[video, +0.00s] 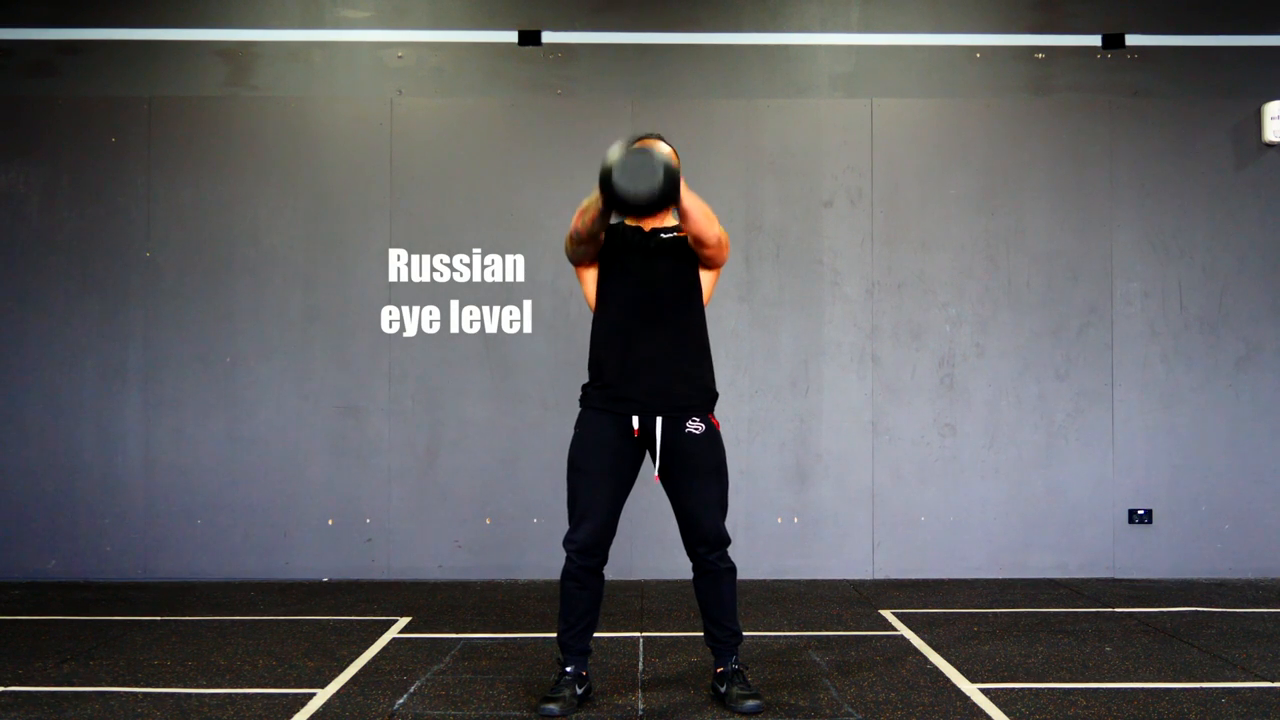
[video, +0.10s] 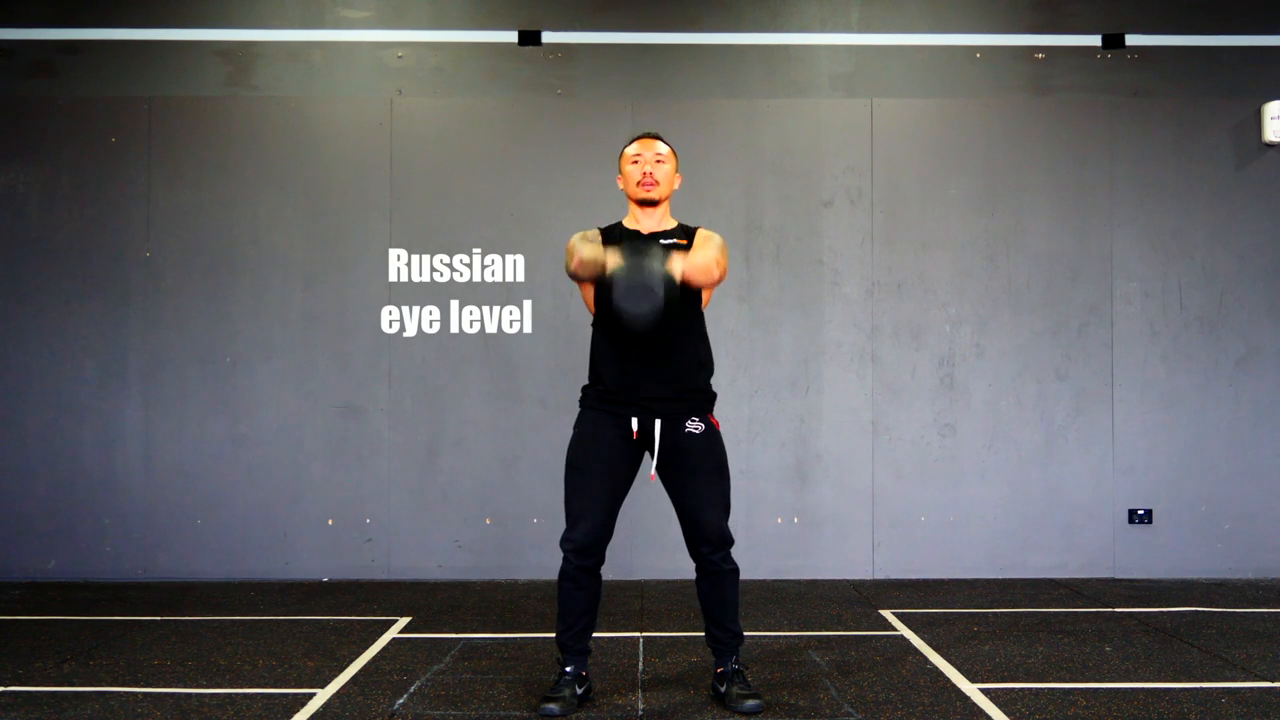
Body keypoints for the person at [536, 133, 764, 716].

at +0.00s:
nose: (650, 185)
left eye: (660, 171)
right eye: (639, 170)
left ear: (674, 185)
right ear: (620, 185)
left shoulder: (702, 247)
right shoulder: (594, 246)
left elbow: (711, 237)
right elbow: (581, 230)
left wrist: (673, 177)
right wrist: (610, 188)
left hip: (687, 413)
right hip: (609, 411)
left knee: (710, 545)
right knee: (584, 544)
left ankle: (729, 670)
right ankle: (572, 672)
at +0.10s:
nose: (647, 166)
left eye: (659, 159)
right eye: (636, 159)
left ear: (676, 179)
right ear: (620, 179)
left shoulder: (701, 240)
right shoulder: (596, 242)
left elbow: (707, 269)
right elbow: (581, 262)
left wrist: (668, 267)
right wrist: (607, 266)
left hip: (687, 415)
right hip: (608, 413)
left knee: (713, 543)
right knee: (581, 544)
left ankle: (729, 670)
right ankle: (571, 672)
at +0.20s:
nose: (646, 167)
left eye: (658, 159)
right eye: (635, 159)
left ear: (676, 179)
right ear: (619, 178)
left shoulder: (705, 249)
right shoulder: (588, 248)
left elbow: (699, 311)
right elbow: (590, 308)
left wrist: (669, 357)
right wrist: (619, 352)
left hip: (685, 413)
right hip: (608, 412)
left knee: (722, 544)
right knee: (572, 545)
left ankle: (730, 670)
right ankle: (571, 672)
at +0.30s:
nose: (646, 179)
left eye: (659, 170)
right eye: (634, 170)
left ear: (676, 187)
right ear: (617, 187)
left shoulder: (706, 267)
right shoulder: (583, 267)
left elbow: (696, 357)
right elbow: (594, 358)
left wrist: (672, 431)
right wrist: (617, 429)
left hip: (686, 420)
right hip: (604, 420)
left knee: (736, 544)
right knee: (558, 545)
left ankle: (732, 670)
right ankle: (569, 673)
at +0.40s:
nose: (645, 204)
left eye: (656, 194)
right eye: (633, 194)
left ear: (675, 207)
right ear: (616, 209)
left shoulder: (707, 288)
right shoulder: (583, 289)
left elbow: (696, 389)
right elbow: (593, 389)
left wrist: (672, 465)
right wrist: (617, 464)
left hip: (686, 440)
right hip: (604, 439)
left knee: (745, 537)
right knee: (548, 541)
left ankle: (733, 670)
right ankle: (569, 674)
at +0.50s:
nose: (643, 237)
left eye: (655, 224)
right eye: (630, 225)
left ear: (674, 234)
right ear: (614, 236)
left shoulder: (707, 310)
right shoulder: (582, 313)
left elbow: (696, 406)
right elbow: (593, 411)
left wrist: (675, 475)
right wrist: (618, 477)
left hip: (686, 445)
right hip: (605, 445)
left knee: (747, 534)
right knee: (548, 539)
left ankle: (734, 668)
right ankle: (569, 673)